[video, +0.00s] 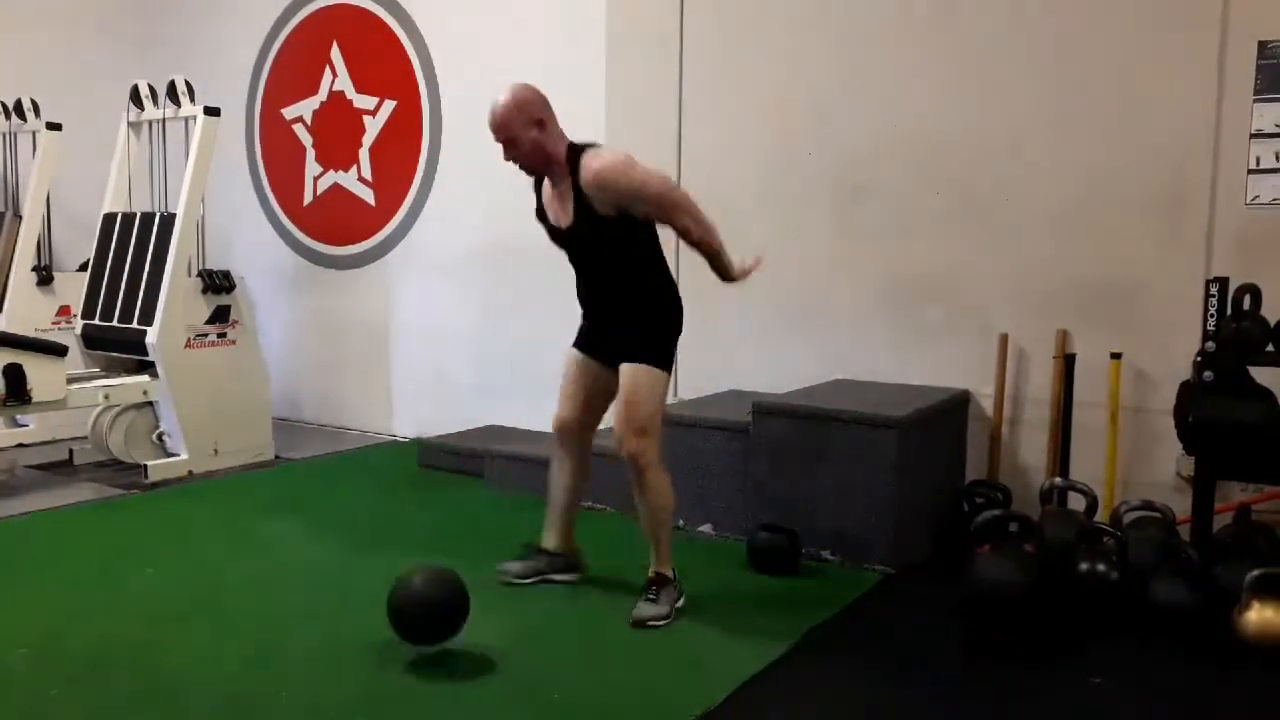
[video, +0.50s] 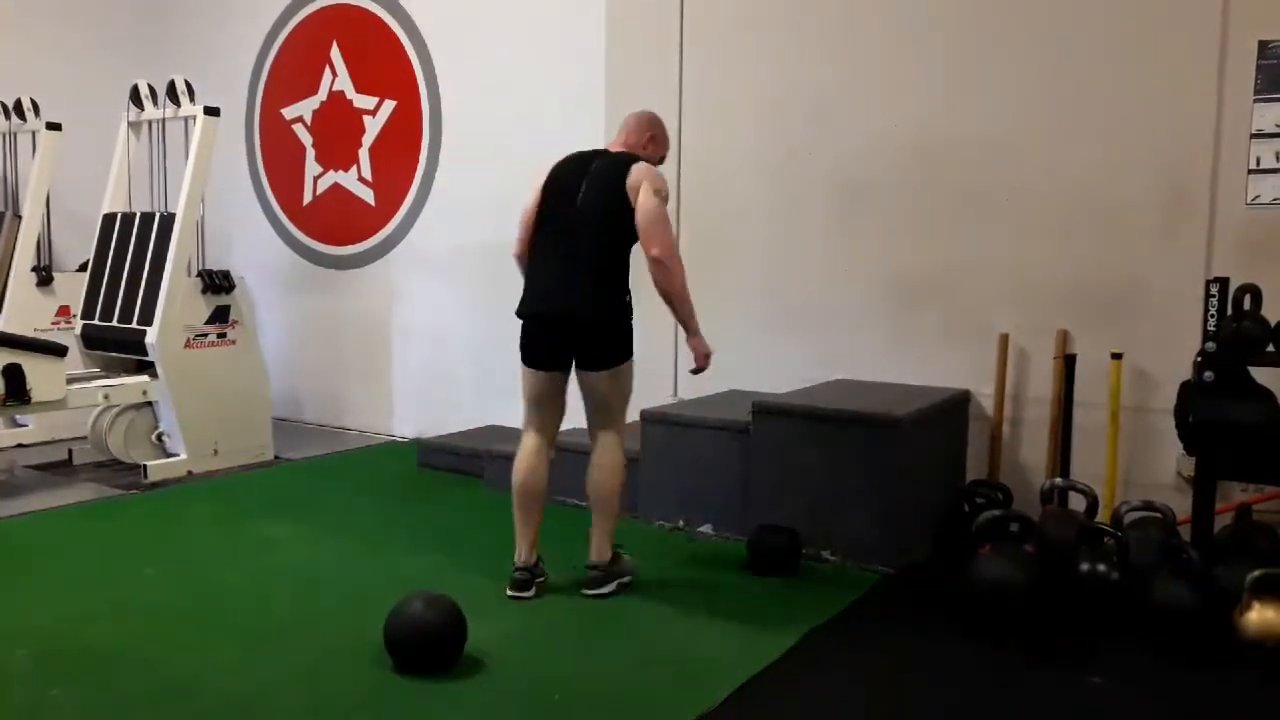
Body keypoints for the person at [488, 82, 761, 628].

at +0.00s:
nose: (506, 156)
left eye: (509, 143)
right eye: (502, 146)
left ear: (542, 128)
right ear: (530, 134)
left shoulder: (604, 172)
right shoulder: (544, 181)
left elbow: (682, 210)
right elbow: (593, 232)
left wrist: (726, 269)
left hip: (649, 313)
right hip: (601, 313)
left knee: (637, 444)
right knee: (569, 428)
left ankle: (663, 579)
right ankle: (557, 550)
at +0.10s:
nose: (512, 148)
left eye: (513, 135)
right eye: (509, 137)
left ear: (538, 119)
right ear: (536, 119)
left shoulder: (587, 160)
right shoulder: (565, 169)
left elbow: (646, 233)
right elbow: (607, 249)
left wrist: (667, 317)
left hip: (634, 327)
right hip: (602, 325)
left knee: (624, 444)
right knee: (587, 430)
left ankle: (662, 579)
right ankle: (604, 561)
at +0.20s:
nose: (543, 138)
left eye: (541, 130)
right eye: (543, 130)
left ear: (548, 125)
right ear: (583, 119)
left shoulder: (568, 156)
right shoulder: (620, 162)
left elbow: (559, 235)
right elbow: (661, 244)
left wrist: (503, 311)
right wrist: (613, 278)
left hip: (612, 315)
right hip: (646, 312)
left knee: (554, 434)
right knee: (594, 437)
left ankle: (640, 554)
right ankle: (604, 559)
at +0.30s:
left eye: (581, 127)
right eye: (609, 131)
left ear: (578, 129)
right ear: (621, 136)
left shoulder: (563, 154)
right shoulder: (651, 178)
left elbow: (509, 223)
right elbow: (679, 262)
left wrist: (462, 280)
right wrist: (651, 304)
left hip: (579, 314)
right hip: (637, 320)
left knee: (543, 426)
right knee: (602, 432)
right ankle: (608, 562)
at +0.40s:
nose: (647, 153)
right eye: (648, 147)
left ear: (601, 136)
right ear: (643, 144)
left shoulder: (553, 163)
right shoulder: (651, 180)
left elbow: (499, 233)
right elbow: (679, 261)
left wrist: (501, 299)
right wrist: (691, 332)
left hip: (553, 322)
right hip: (615, 327)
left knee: (539, 434)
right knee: (604, 435)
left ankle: (525, 564)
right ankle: (609, 562)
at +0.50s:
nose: (659, 163)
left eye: (662, 157)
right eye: (661, 155)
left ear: (618, 136)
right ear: (649, 143)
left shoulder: (561, 167)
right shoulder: (642, 175)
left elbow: (524, 249)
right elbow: (658, 255)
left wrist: (550, 295)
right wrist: (693, 332)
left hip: (543, 317)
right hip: (602, 321)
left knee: (537, 432)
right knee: (607, 434)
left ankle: (524, 565)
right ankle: (601, 562)